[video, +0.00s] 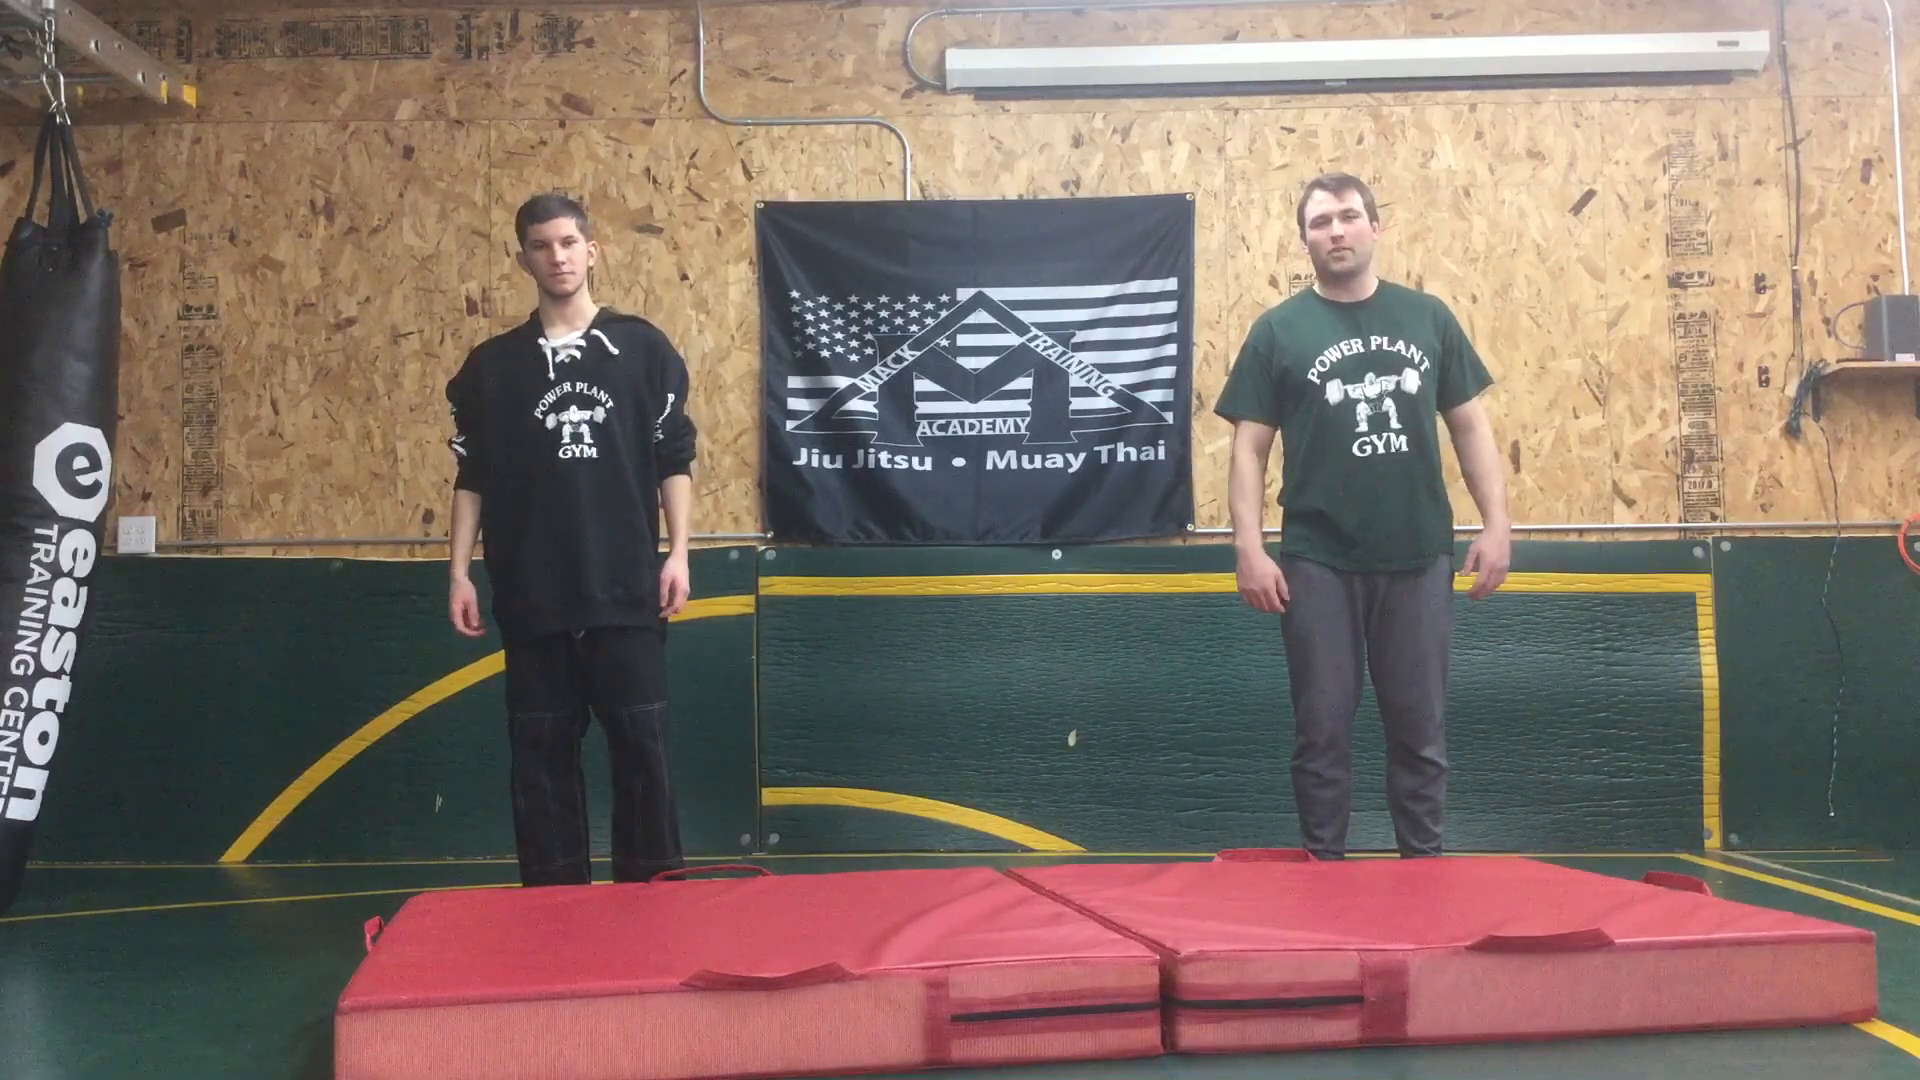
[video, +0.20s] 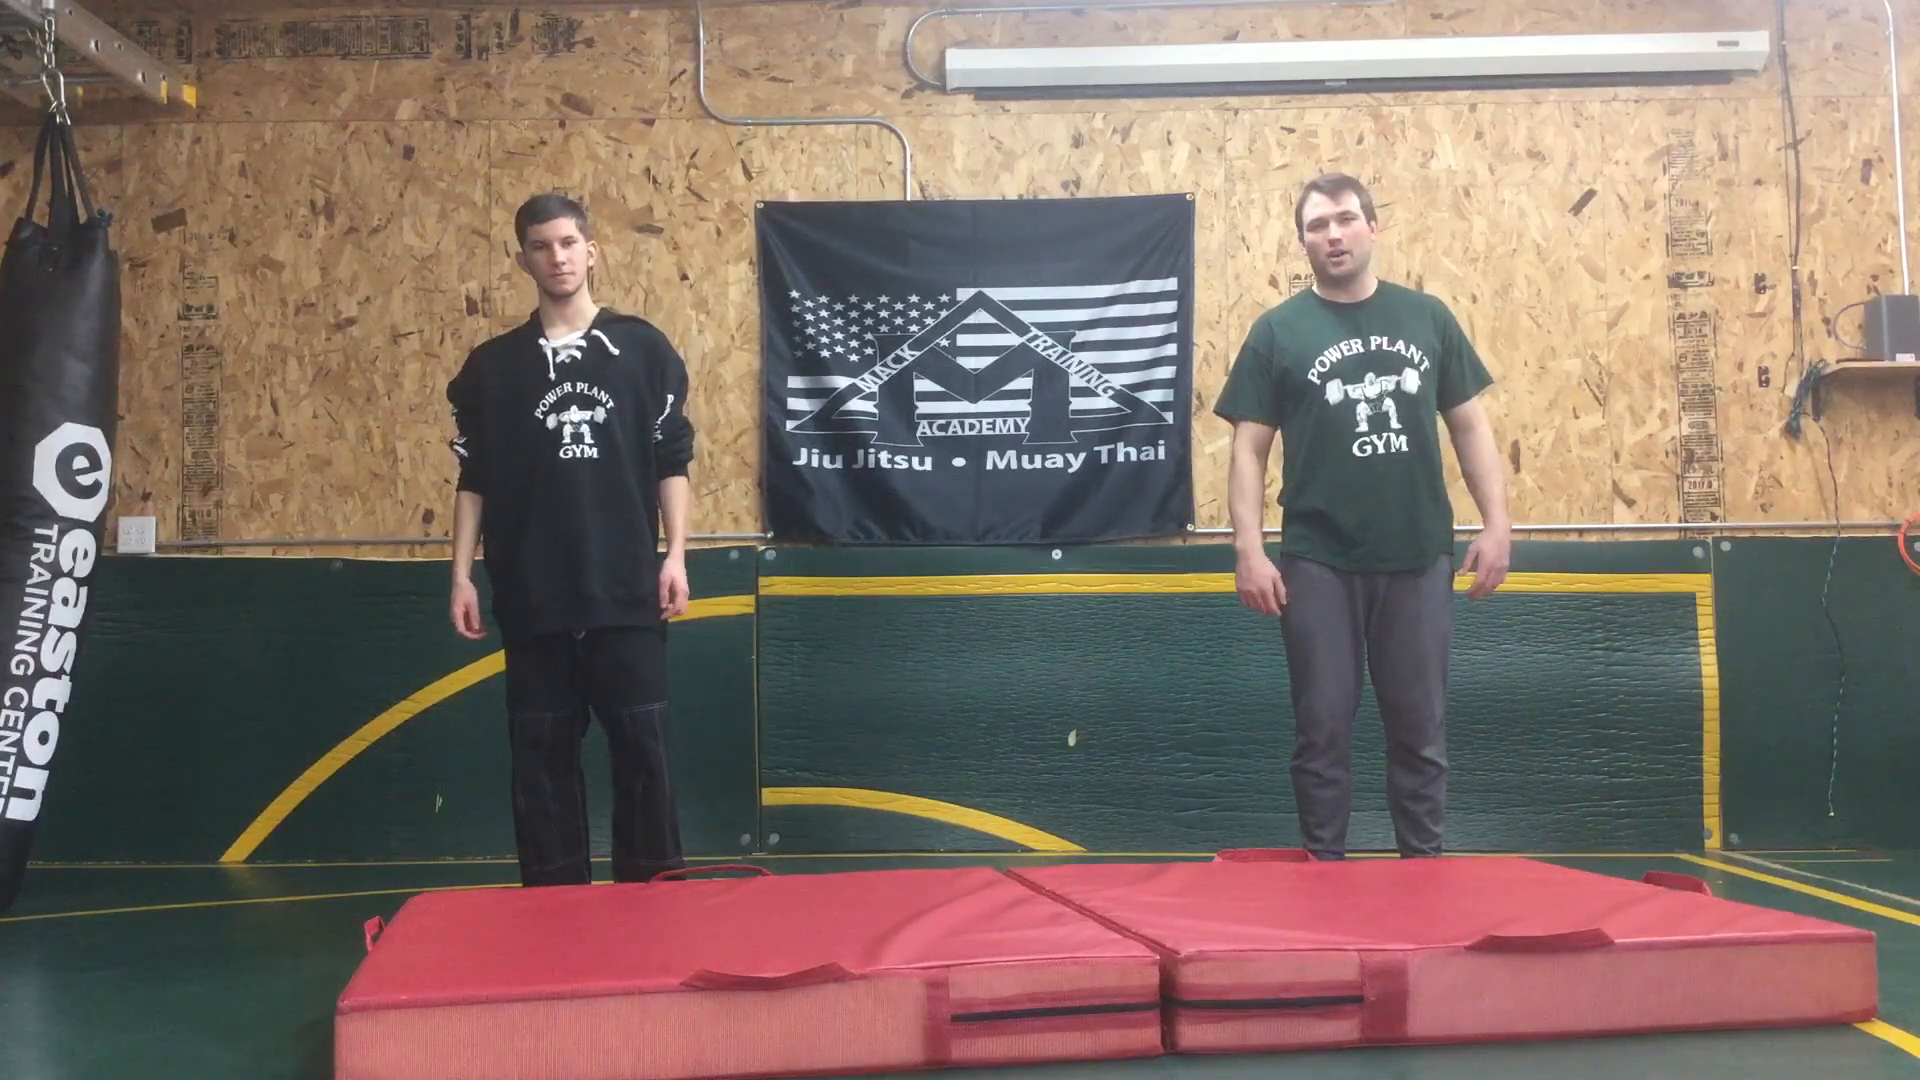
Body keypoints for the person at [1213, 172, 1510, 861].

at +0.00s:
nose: (1336, 230)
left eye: (1348, 217)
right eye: (1320, 222)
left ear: (1376, 229)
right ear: (1304, 241)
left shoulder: (1428, 318)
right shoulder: (1278, 331)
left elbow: (1468, 426)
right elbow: (1249, 446)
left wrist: (1497, 525)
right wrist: (1249, 547)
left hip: (1417, 555)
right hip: (1317, 557)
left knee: (1419, 726)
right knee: (1322, 725)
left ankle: (1423, 870)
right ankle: (1324, 871)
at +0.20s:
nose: (1334, 234)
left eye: (1346, 219)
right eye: (1318, 225)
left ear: (1374, 228)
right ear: (1302, 242)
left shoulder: (1427, 317)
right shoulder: (1277, 331)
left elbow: (1468, 425)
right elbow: (1249, 448)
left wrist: (1497, 525)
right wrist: (1249, 550)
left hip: (1417, 556)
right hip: (1316, 558)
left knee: (1419, 727)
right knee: (1323, 724)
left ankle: (1423, 870)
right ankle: (1323, 871)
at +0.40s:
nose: (1330, 236)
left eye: (1342, 221)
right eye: (1314, 227)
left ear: (1372, 229)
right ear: (1300, 243)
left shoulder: (1427, 318)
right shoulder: (1277, 332)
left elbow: (1469, 426)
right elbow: (1248, 449)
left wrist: (1499, 524)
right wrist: (1249, 548)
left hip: (1417, 554)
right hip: (1317, 557)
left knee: (1420, 727)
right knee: (1323, 726)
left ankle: (1423, 869)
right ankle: (1323, 871)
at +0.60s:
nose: (1327, 237)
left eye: (1340, 222)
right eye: (1312, 228)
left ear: (1371, 229)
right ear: (1300, 244)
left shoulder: (1426, 316)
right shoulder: (1277, 332)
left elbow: (1470, 419)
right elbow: (1246, 445)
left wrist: (1504, 516)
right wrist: (1244, 539)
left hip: (1417, 554)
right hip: (1317, 557)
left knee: (1420, 726)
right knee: (1322, 724)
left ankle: (1423, 868)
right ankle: (1323, 870)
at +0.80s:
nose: (1327, 241)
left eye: (1339, 224)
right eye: (1312, 231)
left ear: (1371, 229)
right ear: (1299, 246)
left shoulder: (1428, 316)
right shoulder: (1276, 332)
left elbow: (1468, 416)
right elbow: (1246, 441)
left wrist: (1497, 502)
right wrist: (1254, 528)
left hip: (1418, 558)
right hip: (1318, 561)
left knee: (1420, 727)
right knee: (1323, 726)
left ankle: (1422, 868)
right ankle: (1323, 870)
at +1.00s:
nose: (1328, 243)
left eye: (1340, 226)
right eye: (1312, 233)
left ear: (1370, 230)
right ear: (1299, 246)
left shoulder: (1428, 317)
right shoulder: (1276, 334)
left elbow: (1474, 416)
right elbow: (1246, 443)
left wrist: (1501, 500)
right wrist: (1255, 523)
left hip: (1418, 559)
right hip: (1318, 561)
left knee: (1419, 728)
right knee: (1322, 727)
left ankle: (1423, 869)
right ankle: (1323, 871)